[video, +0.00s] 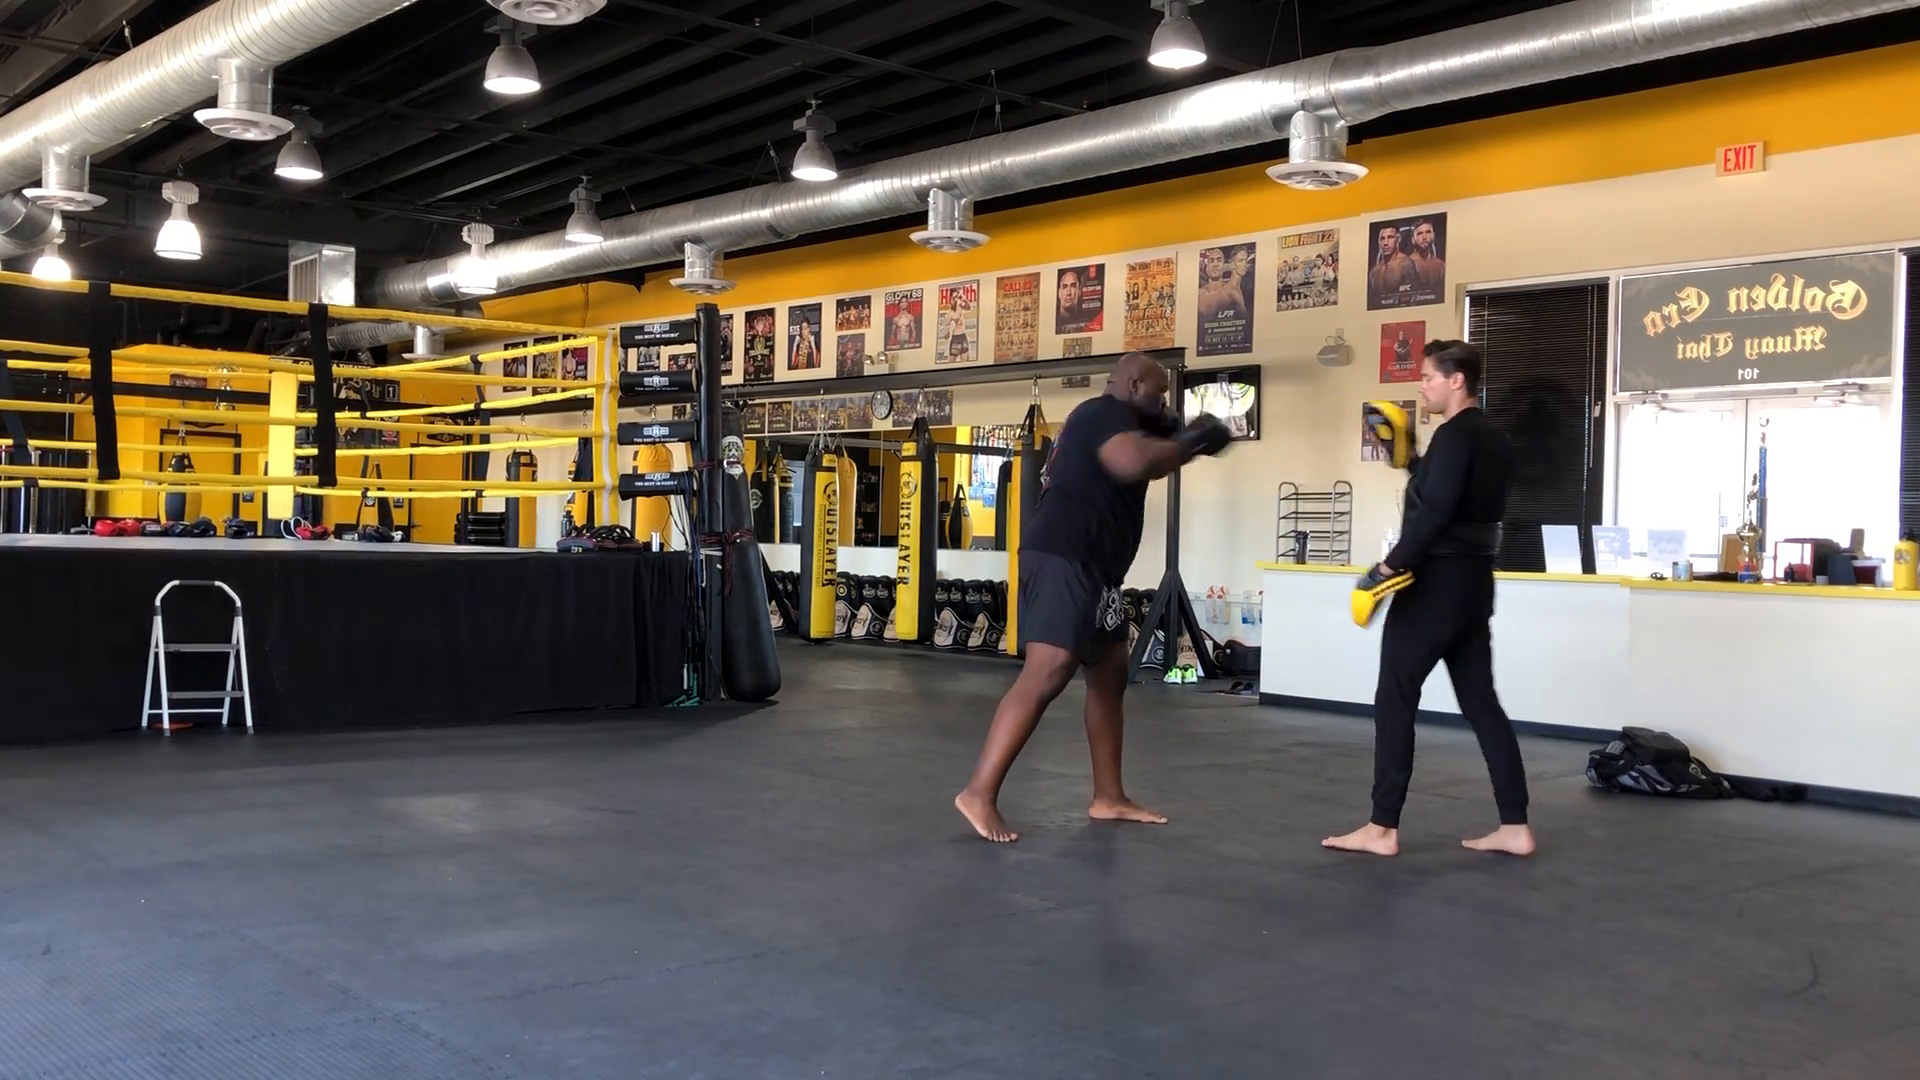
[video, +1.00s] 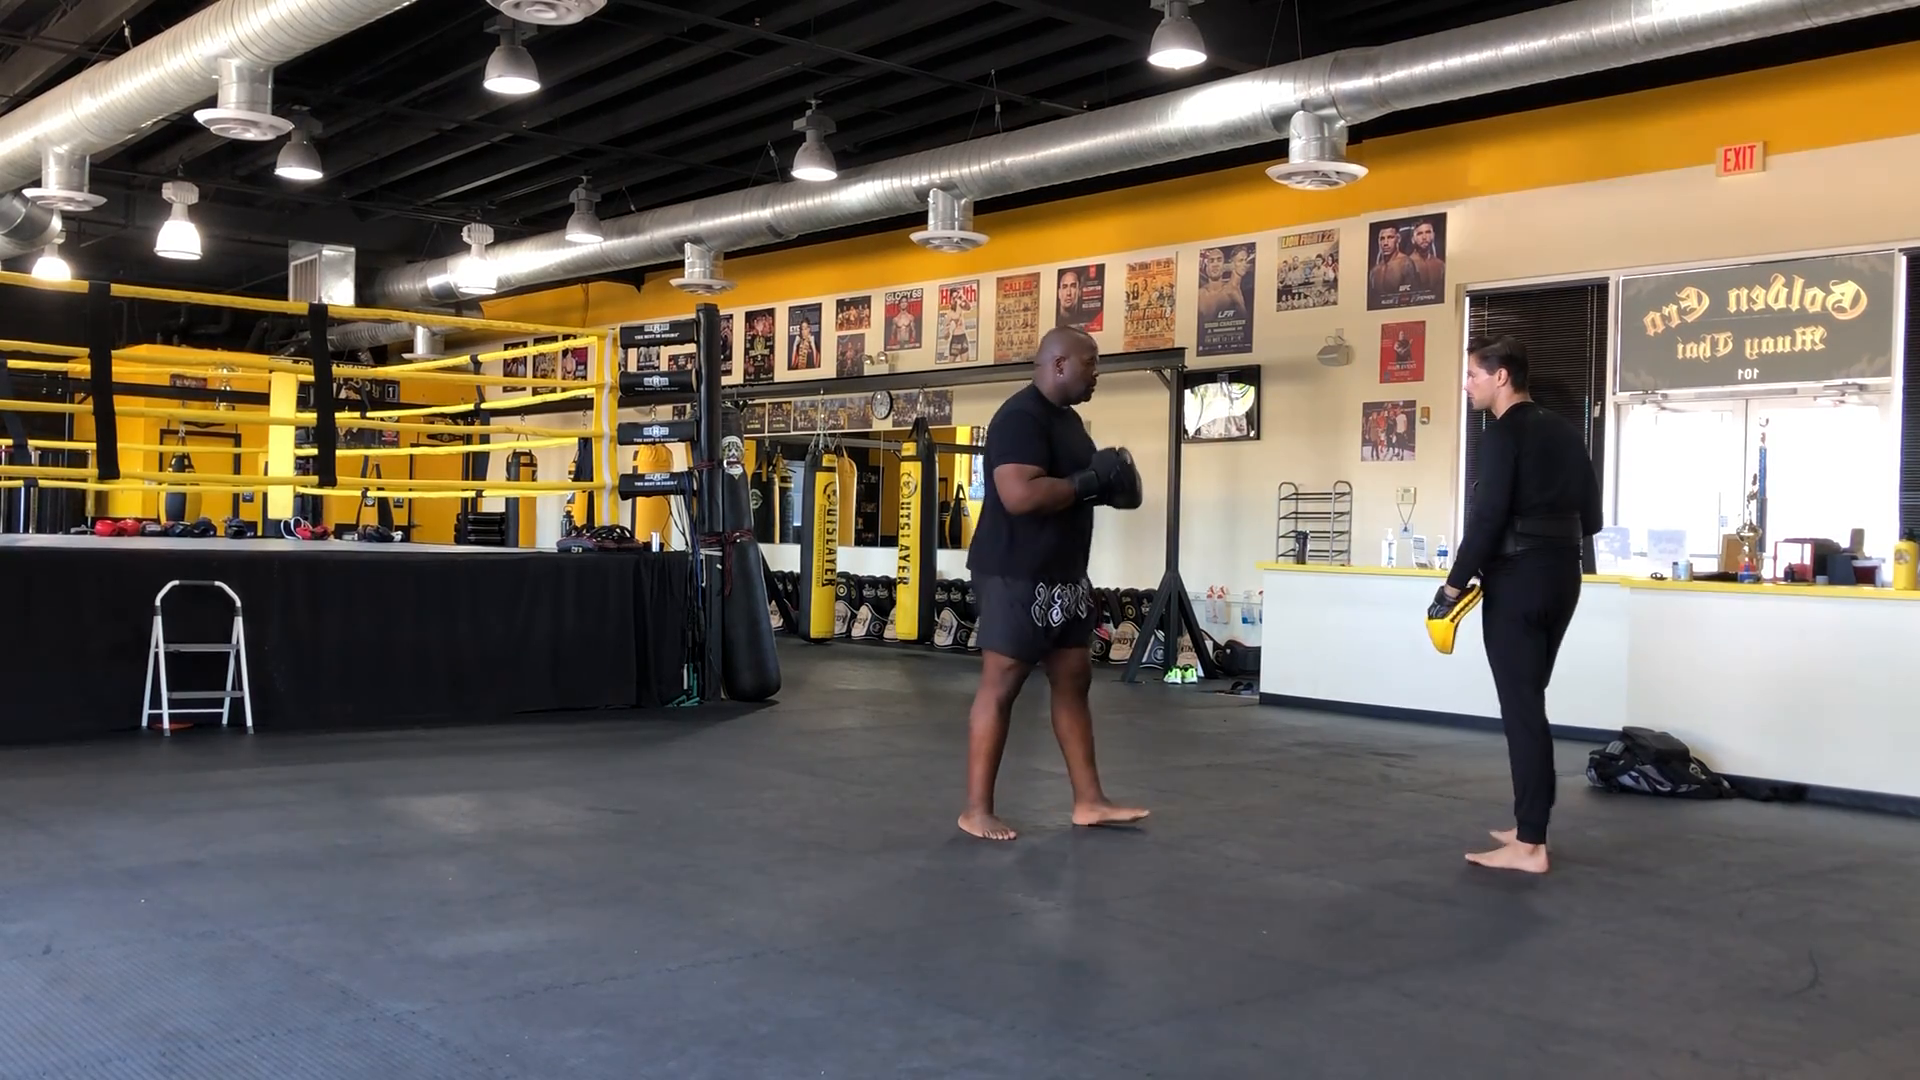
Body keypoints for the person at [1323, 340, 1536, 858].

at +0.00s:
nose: (1421, 388)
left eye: (1427, 379)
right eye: (1421, 378)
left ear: (1456, 381)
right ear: (1460, 385)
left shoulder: (1455, 435)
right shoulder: (1492, 435)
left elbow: (1432, 512)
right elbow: (1442, 491)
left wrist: (1387, 569)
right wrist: (1404, 454)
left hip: (1433, 582)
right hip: (1472, 582)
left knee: (1393, 700)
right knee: (1481, 703)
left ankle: (1382, 827)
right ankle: (1515, 827)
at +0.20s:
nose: (1444, 386)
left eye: (1451, 377)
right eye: (1445, 377)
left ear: (1479, 380)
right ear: (1485, 381)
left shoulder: (1473, 433)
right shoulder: (1519, 435)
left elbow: (1461, 510)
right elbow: (1515, 515)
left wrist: (1426, 580)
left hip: (1465, 587)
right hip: (1507, 588)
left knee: (1417, 699)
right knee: (1515, 710)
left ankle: (1392, 825)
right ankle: (1519, 831)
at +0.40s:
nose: (1456, 386)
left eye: (1462, 376)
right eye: (1457, 377)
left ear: (1491, 379)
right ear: (1497, 380)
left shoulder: (1488, 432)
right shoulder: (1542, 439)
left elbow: (1479, 509)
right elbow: (1563, 525)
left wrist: (1451, 580)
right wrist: (1523, 560)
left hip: (1481, 585)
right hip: (1526, 589)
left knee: (1436, 699)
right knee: (1524, 708)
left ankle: (1464, 825)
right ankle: (1521, 830)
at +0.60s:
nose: (1465, 383)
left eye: (1471, 373)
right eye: (1466, 373)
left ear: (1498, 376)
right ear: (1505, 379)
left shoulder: (1494, 432)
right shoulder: (1553, 436)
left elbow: (1481, 511)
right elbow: (1578, 522)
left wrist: (1455, 583)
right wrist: (1549, 575)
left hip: (1495, 583)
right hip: (1540, 584)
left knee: (1478, 705)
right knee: (1527, 703)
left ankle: (1522, 834)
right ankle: (1522, 826)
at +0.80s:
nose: (1466, 382)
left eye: (1471, 372)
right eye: (1467, 372)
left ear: (1499, 375)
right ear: (1506, 377)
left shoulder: (1498, 431)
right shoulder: (1557, 431)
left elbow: (1482, 513)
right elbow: (1587, 516)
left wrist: (1453, 579)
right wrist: (1551, 559)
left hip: (1506, 577)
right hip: (1549, 577)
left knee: (1512, 709)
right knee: (1523, 705)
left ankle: (1528, 843)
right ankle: (1520, 826)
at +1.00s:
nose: (1467, 387)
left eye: (1472, 377)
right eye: (1467, 376)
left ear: (1500, 376)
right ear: (1510, 378)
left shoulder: (1502, 432)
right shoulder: (1563, 429)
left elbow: (1488, 516)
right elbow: (1591, 515)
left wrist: (1454, 583)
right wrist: (1539, 537)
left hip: (1517, 574)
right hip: (1563, 573)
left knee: (1521, 707)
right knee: (1527, 704)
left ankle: (1530, 845)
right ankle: (1530, 824)